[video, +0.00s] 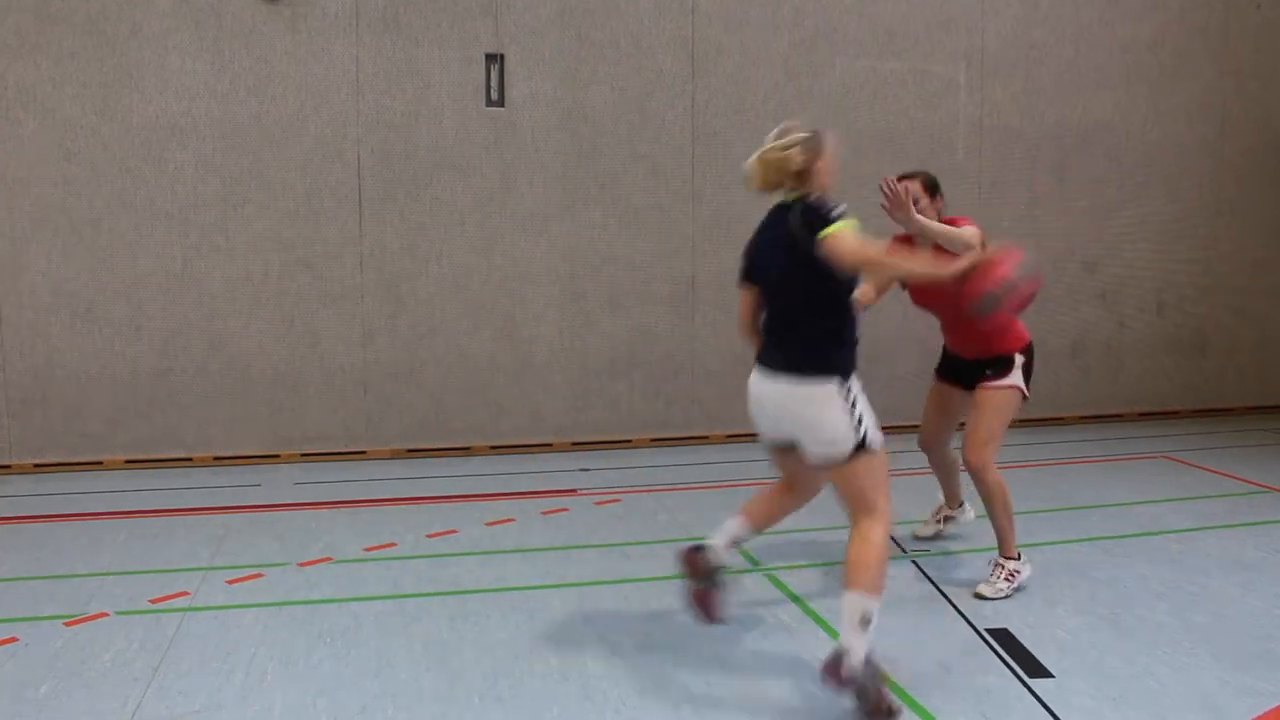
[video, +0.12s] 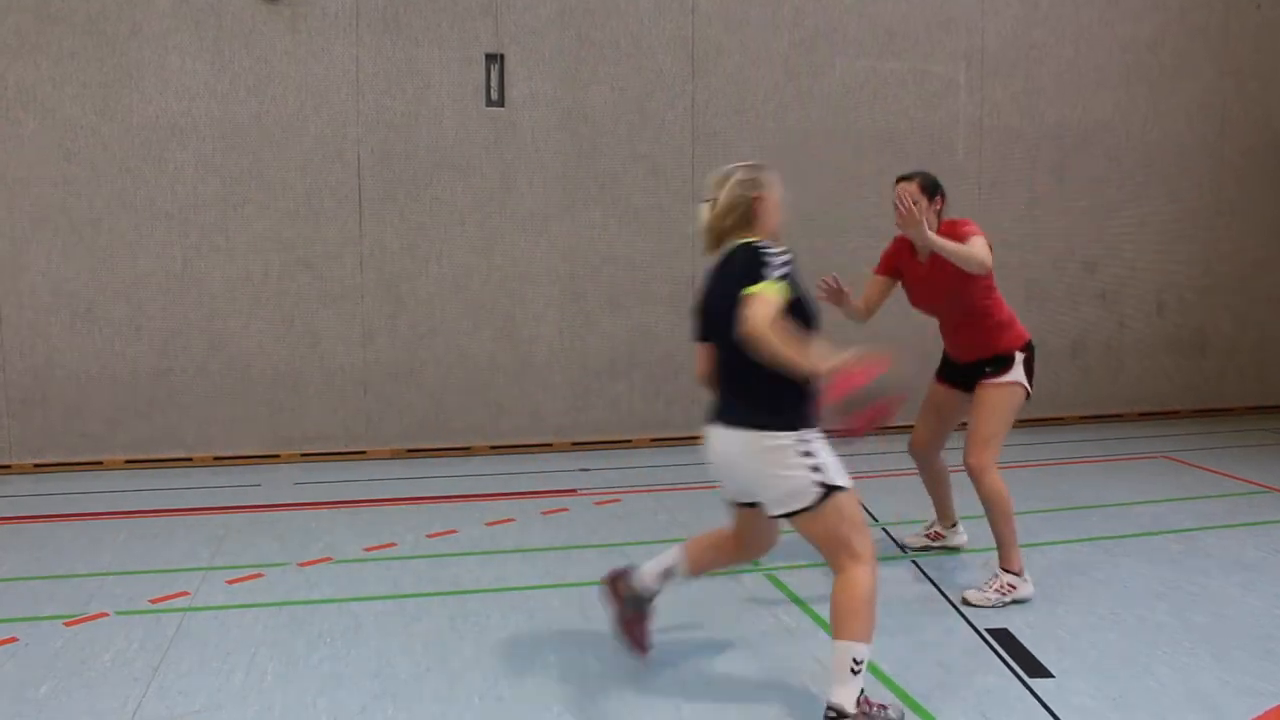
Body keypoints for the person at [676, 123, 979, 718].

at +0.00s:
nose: (833, 163)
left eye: (828, 154)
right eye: (828, 156)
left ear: (785, 173)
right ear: (813, 169)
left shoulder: (766, 231)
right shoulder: (821, 217)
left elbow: (748, 320)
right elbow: (853, 255)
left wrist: (778, 360)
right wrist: (945, 270)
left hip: (767, 388)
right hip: (826, 395)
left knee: (799, 483)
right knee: (871, 514)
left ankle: (711, 551)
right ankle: (854, 656)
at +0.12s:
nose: (780, 204)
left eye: (776, 194)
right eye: (775, 196)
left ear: (727, 210)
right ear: (761, 204)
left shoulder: (719, 272)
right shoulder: (770, 259)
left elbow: (708, 368)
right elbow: (757, 324)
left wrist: (776, 375)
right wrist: (816, 361)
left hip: (729, 440)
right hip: (781, 444)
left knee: (751, 538)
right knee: (855, 554)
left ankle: (639, 582)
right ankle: (847, 699)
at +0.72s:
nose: (375, 187)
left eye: (372, 178)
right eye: (366, 178)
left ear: (340, 187)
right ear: (336, 187)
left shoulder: (332, 252)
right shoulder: (319, 252)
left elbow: (321, 348)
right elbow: (301, 347)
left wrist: (387, 387)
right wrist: (382, 382)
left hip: (310, 423)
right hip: (297, 426)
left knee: (331, 532)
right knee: (352, 556)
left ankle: (229, 581)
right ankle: (293, 687)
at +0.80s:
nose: (328, 183)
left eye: (325, 173)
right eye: (318, 174)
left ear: (289, 185)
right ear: (286, 183)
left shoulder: (287, 245)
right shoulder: (262, 243)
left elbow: (284, 334)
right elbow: (237, 333)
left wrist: (337, 361)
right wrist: (318, 361)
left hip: (261, 408)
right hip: (249, 411)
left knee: (250, 525)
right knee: (302, 542)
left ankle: (153, 591)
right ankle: (286, 688)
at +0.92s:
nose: (268, 190)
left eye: (266, 181)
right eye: (258, 181)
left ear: (231, 190)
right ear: (224, 188)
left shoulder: (236, 250)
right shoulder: (197, 248)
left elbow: (241, 328)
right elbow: (184, 338)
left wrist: (282, 371)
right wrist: (264, 319)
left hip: (196, 408)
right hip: (173, 409)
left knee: (182, 525)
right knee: (233, 522)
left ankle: (105, 617)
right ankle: (233, 666)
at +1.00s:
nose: (234, 185)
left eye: (232, 175)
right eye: (224, 175)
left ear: (199, 182)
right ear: (191, 180)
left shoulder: (197, 238)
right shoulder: (165, 238)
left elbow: (201, 317)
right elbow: (167, 322)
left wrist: (244, 361)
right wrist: (238, 286)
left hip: (167, 398)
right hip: (144, 398)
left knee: (160, 515)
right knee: (198, 512)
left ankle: (105, 620)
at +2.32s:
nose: (482, 183)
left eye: (482, 175)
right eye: (474, 175)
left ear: (465, 182)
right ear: (447, 181)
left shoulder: (472, 230)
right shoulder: (433, 222)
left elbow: (477, 282)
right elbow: (421, 257)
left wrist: (525, 294)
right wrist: (494, 253)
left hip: (459, 360)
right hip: (428, 360)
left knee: (454, 455)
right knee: (445, 456)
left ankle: (398, 537)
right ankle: (361, 514)